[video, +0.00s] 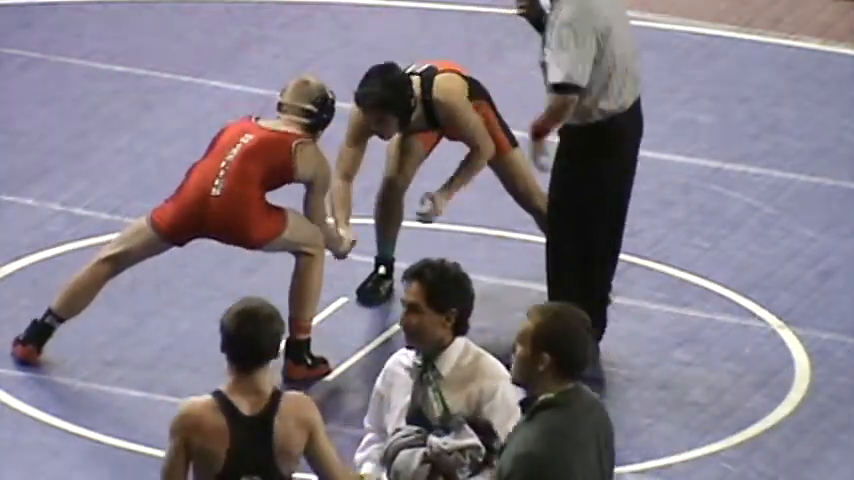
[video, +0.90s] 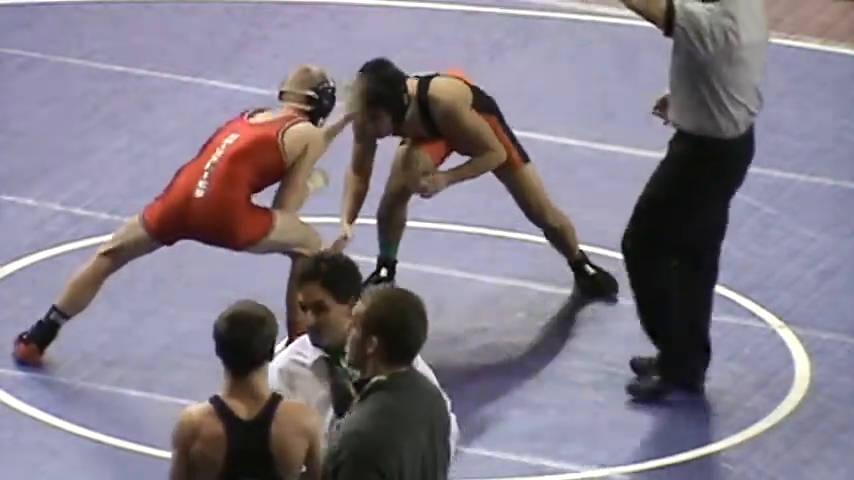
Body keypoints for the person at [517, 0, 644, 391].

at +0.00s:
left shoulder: (572, 15)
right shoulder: (593, 5)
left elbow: (566, 98)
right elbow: (568, 49)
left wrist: (538, 130)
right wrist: (535, 16)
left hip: (593, 130)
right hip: (619, 118)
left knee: (568, 231)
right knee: (597, 229)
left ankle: (567, 332)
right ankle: (588, 327)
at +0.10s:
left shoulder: (585, 16)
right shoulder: (609, 5)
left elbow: (530, 88)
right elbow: (584, 50)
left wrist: (485, 98)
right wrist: (545, 17)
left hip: (598, 133)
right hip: (619, 121)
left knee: (573, 239)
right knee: (593, 235)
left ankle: (574, 350)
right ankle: (583, 343)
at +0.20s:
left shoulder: (587, 18)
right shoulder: (624, 6)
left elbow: (512, 58)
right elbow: (596, 38)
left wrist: (460, 43)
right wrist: (552, 24)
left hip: (601, 134)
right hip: (627, 125)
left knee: (572, 242)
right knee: (602, 235)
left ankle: (569, 356)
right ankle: (605, 336)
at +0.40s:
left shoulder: (614, 15)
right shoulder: (662, 5)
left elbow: (535, 16)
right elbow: (640, 46)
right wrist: (583, 65)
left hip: (613, 135)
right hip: (643, 127)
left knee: (580, 245)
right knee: (625, 237)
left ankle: (568, 356)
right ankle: (668, 335)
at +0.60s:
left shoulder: (651, 16)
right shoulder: (696, 8)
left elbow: (584, 2)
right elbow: (677, 66)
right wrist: (628, 89)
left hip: (649, 147)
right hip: (679, 140)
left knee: (606, 260)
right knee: (667, 255)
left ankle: (565, 360)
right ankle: (680, 362)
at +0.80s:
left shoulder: (688, 16)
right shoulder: (730, 8)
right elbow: (714, 67)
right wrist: (666, 96)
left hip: (687, 147)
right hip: (713, 141)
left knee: (625, 243)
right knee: (689, 255)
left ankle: (613, 355)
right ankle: (682, 363)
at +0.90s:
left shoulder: (711, 22)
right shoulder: (744, 9)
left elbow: (643, 4)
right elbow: (734, 74)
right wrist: (685, 101)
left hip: (704, 151)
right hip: (722, 143)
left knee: (642, 244)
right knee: (694, 254)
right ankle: (684, 359)